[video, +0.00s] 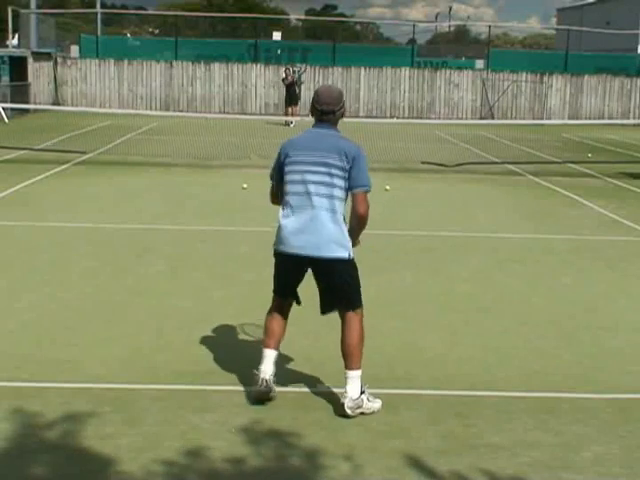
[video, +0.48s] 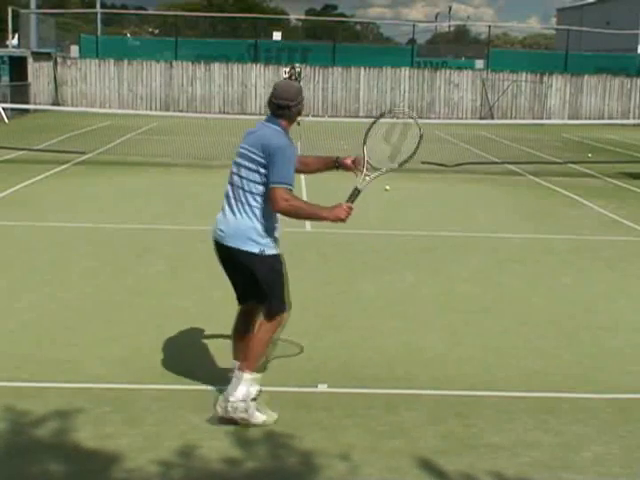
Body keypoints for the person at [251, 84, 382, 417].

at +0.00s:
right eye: (341, 111)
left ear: (311, 112)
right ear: (341, 114)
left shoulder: (289, 146)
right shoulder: (351, 151)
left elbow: (276, 197)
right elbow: (361, 210)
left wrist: (307, 197)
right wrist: (352, 237)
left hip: (290, 243)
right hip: (332, 246)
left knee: (280, 304)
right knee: (351, 311)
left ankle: (265, 373)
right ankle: (353, 394)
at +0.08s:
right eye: (338, 118)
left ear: (310, 119)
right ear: (339, 122)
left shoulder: (288, 154)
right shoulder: (346, 159)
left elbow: (282, 203)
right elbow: (354, 218)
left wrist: (297, 229)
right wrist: (353, 243)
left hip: (286, 249)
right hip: (327, 252)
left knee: (279, 305)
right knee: (353, 316)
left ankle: (255, 370)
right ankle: (353, 395)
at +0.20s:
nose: (329, 124)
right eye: (328, 120)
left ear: (297, 120)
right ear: (326, 124)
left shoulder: (278, 152)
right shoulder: (325, 163)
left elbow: (300, 191)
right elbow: (329, 220)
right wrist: (350, 239)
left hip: (268, 251)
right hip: (306, 256)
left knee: (276, 308)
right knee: (338, 317)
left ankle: (246, 377)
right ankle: (352, 395)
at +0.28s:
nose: (319, 120)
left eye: (313, 115)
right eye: (318, 116)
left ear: (288, 116)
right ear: (315, 120)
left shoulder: (268, 146)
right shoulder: (308, 158)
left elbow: (296, 184)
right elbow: (312, 215)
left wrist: (341, 187)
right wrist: (342, 231)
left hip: (251, 248)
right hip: (287, 254)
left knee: (269, 308)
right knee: (320, 318)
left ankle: (244, 384)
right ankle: (343, 394)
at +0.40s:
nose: (305, 115)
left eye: (297, 110)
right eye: (305, 111)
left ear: (276, 109)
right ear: (304, 114)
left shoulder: (259, 138)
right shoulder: (289, 150)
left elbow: (298, 169)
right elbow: (291, 207)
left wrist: (341, 171)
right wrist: (333, 220)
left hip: (234, 240)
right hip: (265, 246)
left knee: (258, 308)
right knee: (295, 311)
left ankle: (243, 385)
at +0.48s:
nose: (300, 111)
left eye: (293, 106)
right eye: (300, 107)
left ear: (271, 106)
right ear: (298, 111)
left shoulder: (255, 135)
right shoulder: (280, 145)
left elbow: (292, 163)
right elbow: (280, 202)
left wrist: (339, 162)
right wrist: (328, 213)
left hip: (227, 236)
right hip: (254, 244)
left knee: (250, 306)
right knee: (275, 312)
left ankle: (239, 378)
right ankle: (239, 396)